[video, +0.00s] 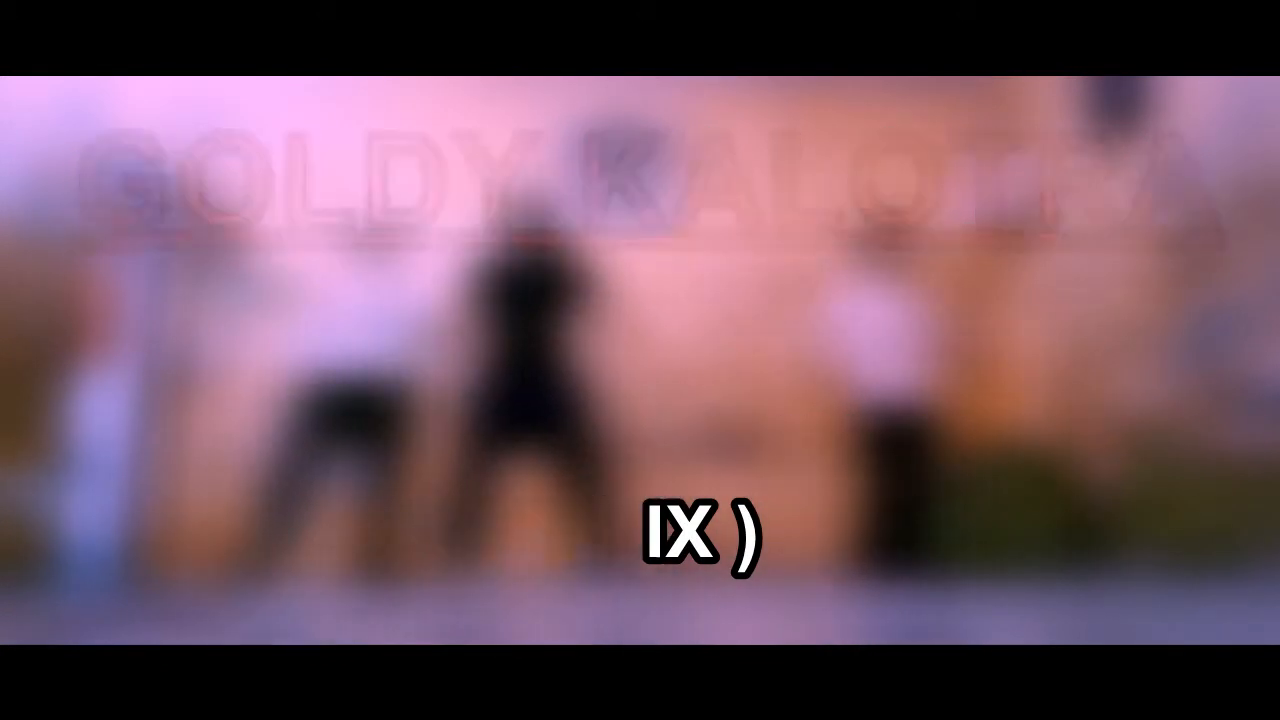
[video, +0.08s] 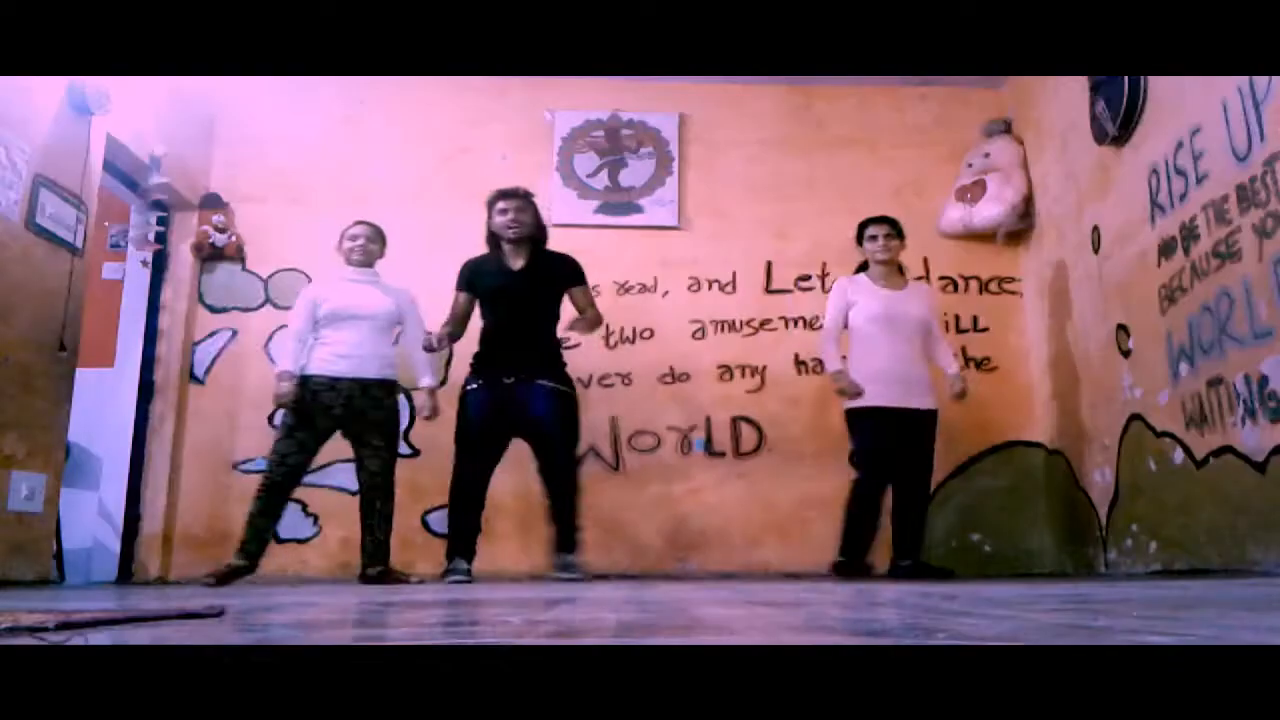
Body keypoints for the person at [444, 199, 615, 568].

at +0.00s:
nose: (531, 238)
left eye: (539, 228)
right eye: (522, 228)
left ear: (551, 231)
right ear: (511, 231)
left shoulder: (558, 269)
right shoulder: (500, 269)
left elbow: (575, 294)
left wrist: (551, 253)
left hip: (549, 384)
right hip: (506, 383)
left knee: (584, 463)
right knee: (475, 466)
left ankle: (599, 547)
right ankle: (461, 550)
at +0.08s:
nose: (512, 217)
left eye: (521, 211)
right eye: (503, 212)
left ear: (536, 220)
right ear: (490, 224)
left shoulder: (561, 266)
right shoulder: (477, 270)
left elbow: (592, 316)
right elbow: (457, 320)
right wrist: (445, 334)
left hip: (545, 382)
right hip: (488, 382)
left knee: (560, 472)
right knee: (470, 474)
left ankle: (566, 555)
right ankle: (459, 558)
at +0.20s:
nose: (499, 216)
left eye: (508, 210)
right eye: (490, 211)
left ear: (523, 220)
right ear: (478, 223)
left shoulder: (548, 265)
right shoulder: (462, 271)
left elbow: (585, 314)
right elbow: (444, 324)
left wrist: (569, 329)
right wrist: (435, 354)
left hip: (531, 381)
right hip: (477, 379)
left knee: (523, 473)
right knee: (458, 469)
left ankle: (507, 558)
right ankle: (454, 559)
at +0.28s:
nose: (495, 219)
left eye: (504, 214)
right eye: (487, 215)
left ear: (520, 225)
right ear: (475, 226)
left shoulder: (542, 272)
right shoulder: (457, 274)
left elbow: (579, 317)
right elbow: (437, 324)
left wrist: (578, 336)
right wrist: (422, 365)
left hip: (522, 385)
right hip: (467, 383)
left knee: (517, 476)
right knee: (451, 473)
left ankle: (507, 559)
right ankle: (452, 559)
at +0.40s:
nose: (494, 214)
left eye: (503, 209)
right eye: (485, 210)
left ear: (519, 222)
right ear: (473, 222)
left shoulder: (538, 266)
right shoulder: (452, 266)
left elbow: (575, 306)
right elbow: (426, 312)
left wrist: (585, 320)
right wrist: (418, 343)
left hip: (518, 383)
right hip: (462, 382)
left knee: (522, 476)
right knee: (448, 472)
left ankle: (508, 557)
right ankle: (449, 558)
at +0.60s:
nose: (493, 224)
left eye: (502, 220)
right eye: (485, 219)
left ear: (517, 232)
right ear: (471, 230)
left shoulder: (533, 275)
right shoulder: (453, 271)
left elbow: (572, 312)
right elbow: (433, 314)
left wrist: (605, 352)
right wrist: (465, 299)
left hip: (512, 384)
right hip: (465, 381)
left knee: (475, 468)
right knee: (429, 470)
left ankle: (495, 557)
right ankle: (436, 560)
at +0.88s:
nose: (501, 200)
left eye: (511, 194)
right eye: (490, 194)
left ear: (528, 206)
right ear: (473, 207)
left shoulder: (545, 256)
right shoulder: (452, 257)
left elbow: (608, 294)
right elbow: (402, 307)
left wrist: (605, 270)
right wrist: (374, 327)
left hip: (503, 390)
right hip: (464, 387)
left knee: (464, 491)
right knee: (535, 476)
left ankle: (389, 594)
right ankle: (509, 593)